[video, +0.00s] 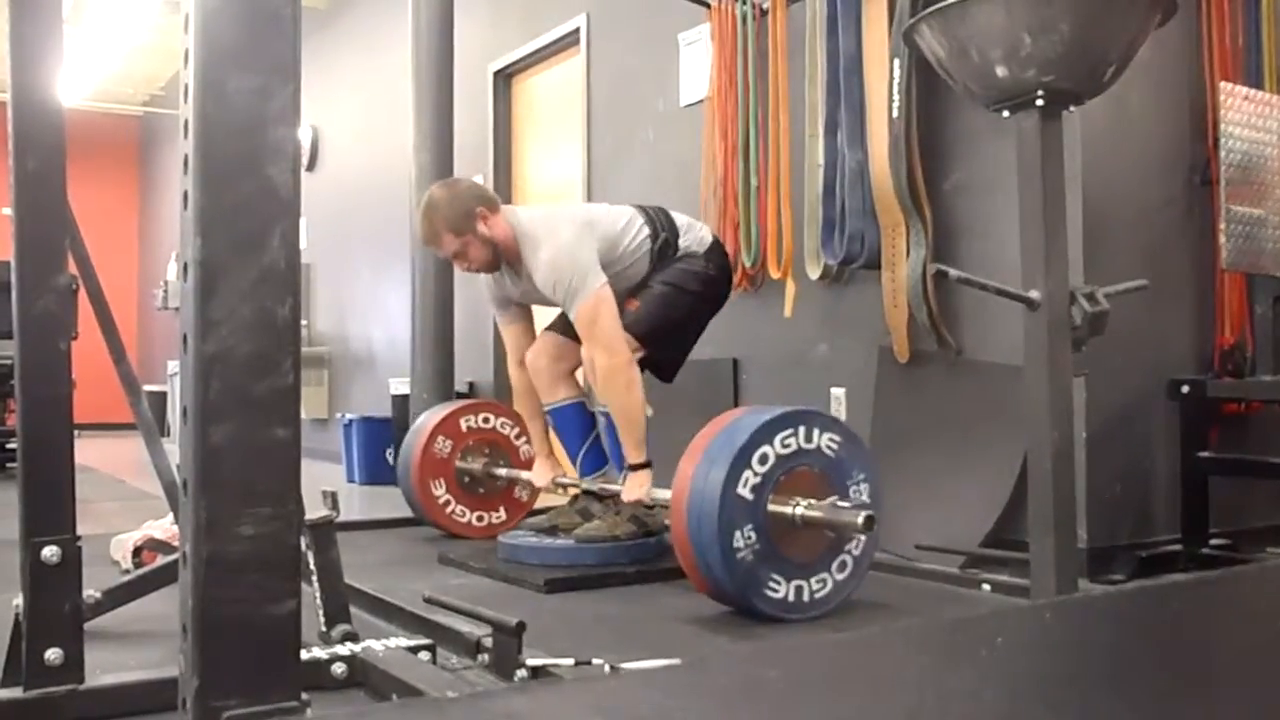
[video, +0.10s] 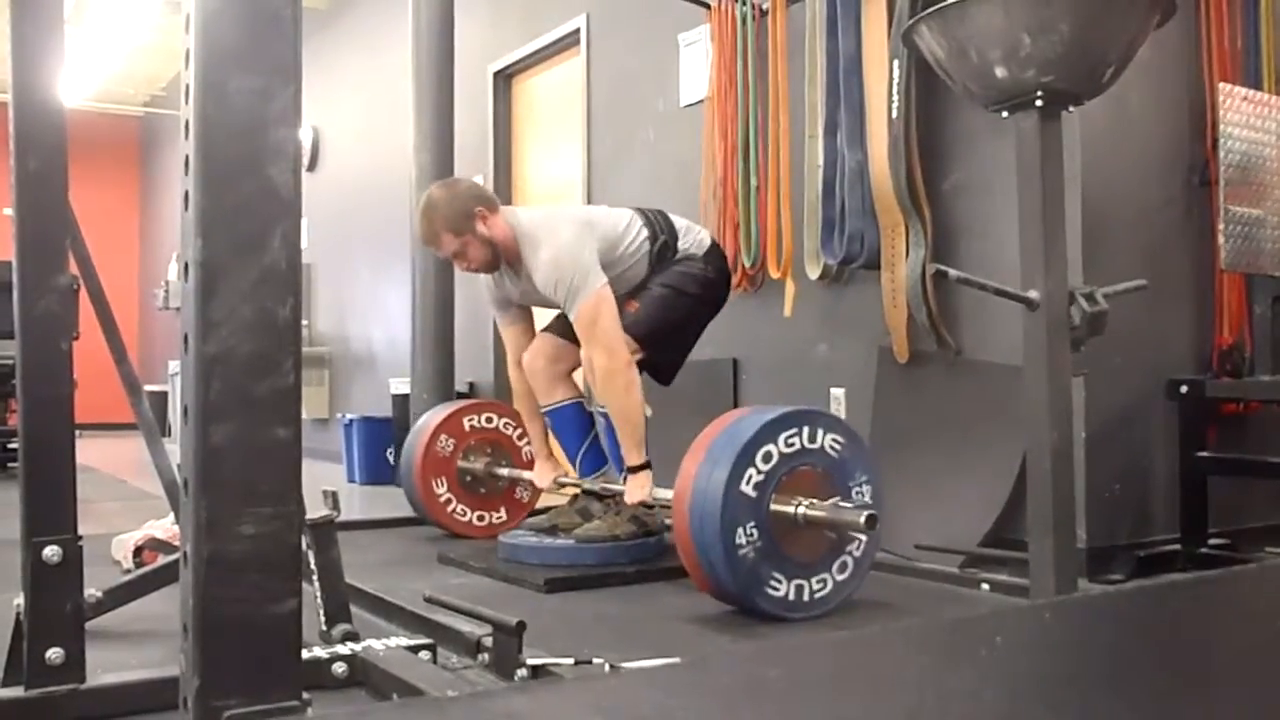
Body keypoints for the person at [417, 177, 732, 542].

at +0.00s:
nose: (462, 268)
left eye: (462, 253)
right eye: (452, 260)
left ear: (485, 218)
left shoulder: (557, 247)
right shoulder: (498, 272)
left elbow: (612, 357)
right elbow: (521, 365)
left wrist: (638, 469)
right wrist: (542, 458)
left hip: (691, 258)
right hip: (626, 273)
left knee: (602, 364)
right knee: (543, 362)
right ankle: (600, 493)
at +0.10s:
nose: (462, 267)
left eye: (461, 253)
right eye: (452, 260)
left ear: (484, 219)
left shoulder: (557, 248)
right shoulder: (498, 271)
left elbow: (611, 359)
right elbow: (521, 364)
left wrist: (638, 471)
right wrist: (542, 458)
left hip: (690, 261)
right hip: (624, 276)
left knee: (602, 367)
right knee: (540, 363)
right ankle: (601, 494)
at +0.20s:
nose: (461, 267)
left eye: (460, 252)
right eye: (450, 260)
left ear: (484, 217)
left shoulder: (556, 249)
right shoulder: (497, 273)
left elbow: (610, 361)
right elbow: (521, 367)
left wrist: (639, 471)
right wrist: (544, 458)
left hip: (689, 263)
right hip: (624, 278)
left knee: (601, 368)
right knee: (539, 364)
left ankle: (636, 498)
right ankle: (602, 493)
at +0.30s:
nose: (461, 268)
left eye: (459, 253)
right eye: (450, 261)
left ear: (483, 219)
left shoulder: (555, 249)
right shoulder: (497, 274)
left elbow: (609, 361)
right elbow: (522, 367)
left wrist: (639, 470)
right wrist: (545, 457)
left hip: (688, 263)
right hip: (623, 278)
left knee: (603, 368)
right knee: (539, 364)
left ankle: (636, 496)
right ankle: (602, 492)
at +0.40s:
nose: (459, 268)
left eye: (458, 254)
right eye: (449, 262)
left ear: (481, 219)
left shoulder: (555, 250)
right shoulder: (499, 276)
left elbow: (609, 362)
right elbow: (522, 367)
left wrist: (638, 469)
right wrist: (545, 457)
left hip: (686, 261)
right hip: (622, 277)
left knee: (603, 367)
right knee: (538, 364)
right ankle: (602, 493)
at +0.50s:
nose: (457, 269)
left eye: (455, 254)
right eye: (447, 262)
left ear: (479, 220)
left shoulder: (553, 248)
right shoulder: (496, 275)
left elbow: (606, 362)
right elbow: (522, 367)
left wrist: (637, 468)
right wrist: (545, 457)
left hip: (685, 261)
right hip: (621, 277)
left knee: (604, 366)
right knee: (538, 364)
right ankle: (601, 494)